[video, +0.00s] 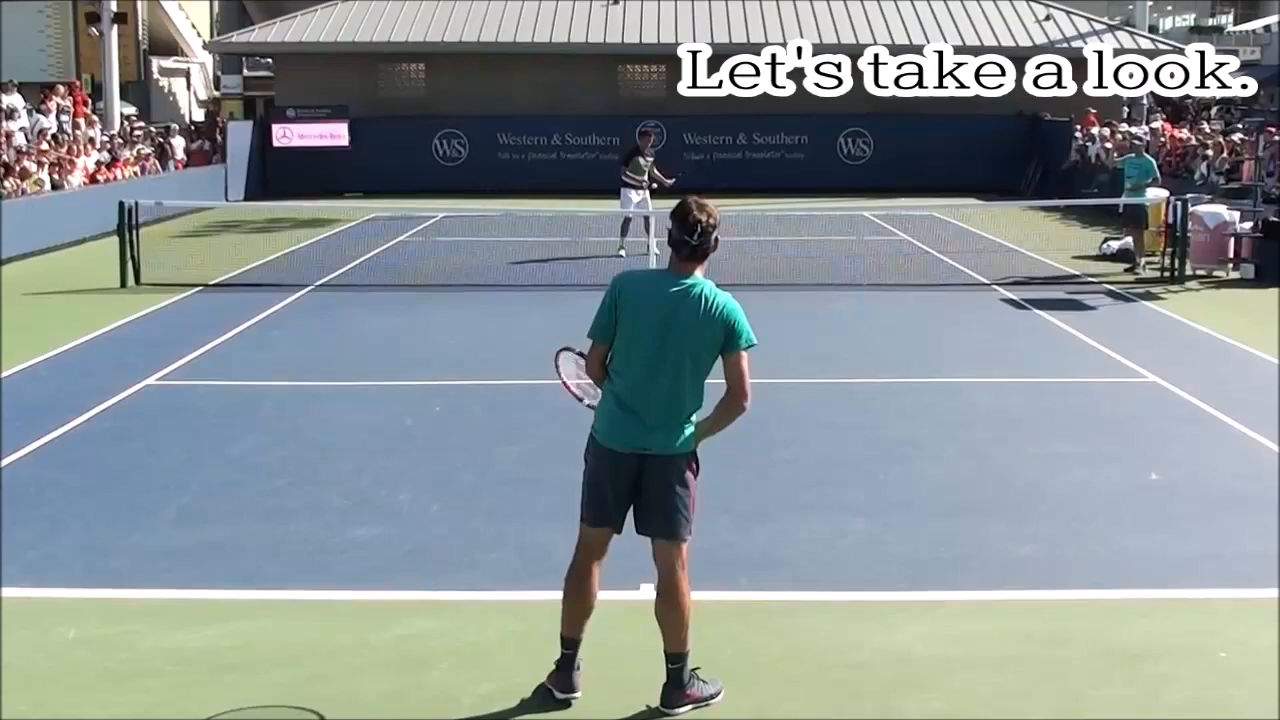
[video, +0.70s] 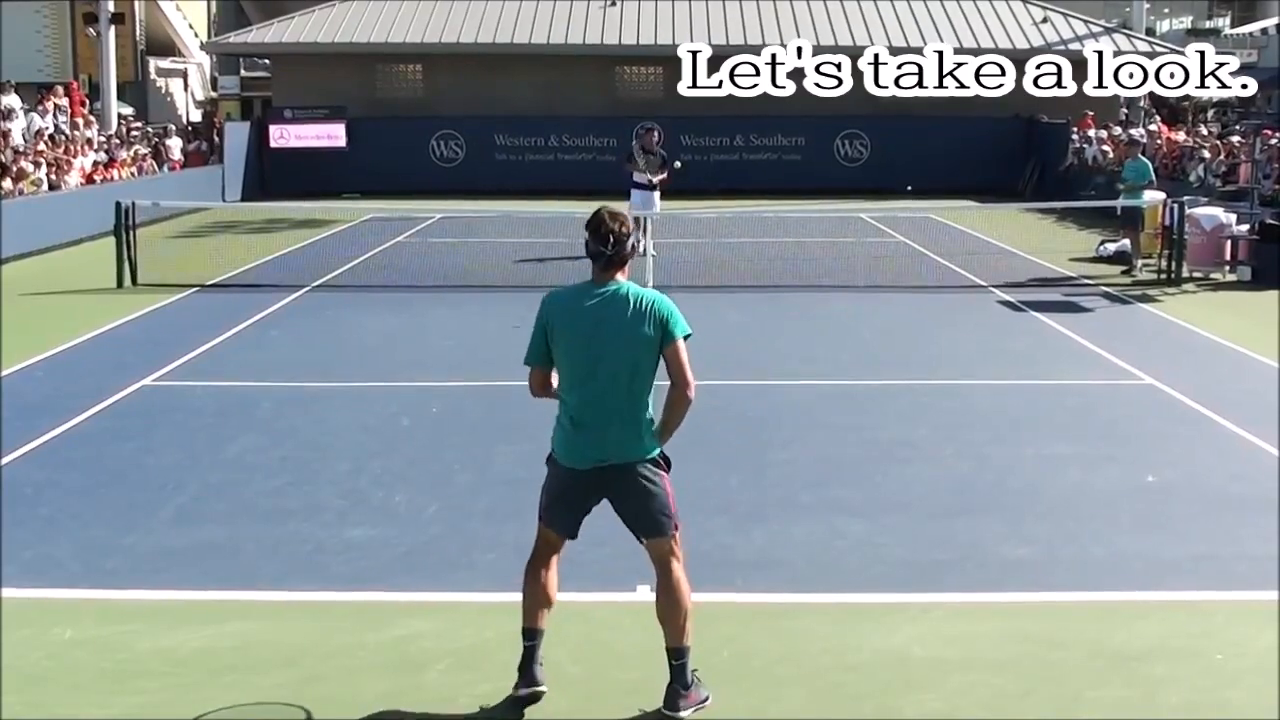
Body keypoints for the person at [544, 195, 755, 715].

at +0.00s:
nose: (697, 247)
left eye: (680, 236)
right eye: (710, 241)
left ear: (669, 239)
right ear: (713, 247)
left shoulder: (626, 285)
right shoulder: (723, 308)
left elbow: (595, 366)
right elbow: (738, 397)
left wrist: (628, 393)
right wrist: (694, 432)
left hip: (610, 445)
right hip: (671, 453)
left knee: (588, 553)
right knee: (672, 566)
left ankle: (566, 671)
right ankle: (677, 682)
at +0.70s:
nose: (621, 253)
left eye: (601, 244)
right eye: (629, 245)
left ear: (588, 251)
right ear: (633, 252)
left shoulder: (556, 304)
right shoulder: (656, 306)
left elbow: (540, 386)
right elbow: (684, 387)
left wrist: (582, 387)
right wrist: (657, 439)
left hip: (573, 459)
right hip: (636, 458)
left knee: (545, 553)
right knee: (669, 560)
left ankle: (530, 666)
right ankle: (681, 683)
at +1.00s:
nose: (592, 258)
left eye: (587, 250)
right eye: (592, 251)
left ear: (547, 253)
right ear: (589, 257)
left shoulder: (523, 302)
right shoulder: (578, 313)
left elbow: (568, 349)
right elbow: (602, 397)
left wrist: (633, 333)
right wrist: (648, 407)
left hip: (513, 457)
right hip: (560, 460)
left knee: (536, 558)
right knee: (604, 569)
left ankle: (500, 680)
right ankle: (652, 682)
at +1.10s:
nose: (586, 247)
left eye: (582, 240)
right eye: (586, 240)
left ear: (541, 241)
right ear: (580, 246)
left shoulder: (526, 286)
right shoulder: (555, 298)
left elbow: (593, 311)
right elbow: (569, 381)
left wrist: (646, 299)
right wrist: (639, 386)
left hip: (501, 446)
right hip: (541, 448)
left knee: (527, 551)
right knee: (580, 553)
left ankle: (500, 675)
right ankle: (593, 677)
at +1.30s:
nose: (577, 250)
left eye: (572, 244)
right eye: (576, 244)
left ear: (531, 242)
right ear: (570, 249)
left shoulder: (540, 283)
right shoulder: (527, 294)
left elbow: (606, 280)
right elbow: (503, 367)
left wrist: (674, 265)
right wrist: (579, 374)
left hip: (482, 442)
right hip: (517, 448)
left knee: (491, 551)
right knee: (536, 563)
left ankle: (437, 661)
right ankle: (522, 687)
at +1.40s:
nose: (570, 257)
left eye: (567, 251)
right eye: (569, 250)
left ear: (526, 247)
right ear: (561, 254)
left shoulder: (541, 289)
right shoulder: (508, 301)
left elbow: (603, 289)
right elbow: (482, 373)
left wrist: (676, 287)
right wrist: (543, 399)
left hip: (469, 444)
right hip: (500, 451)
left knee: (474, 546)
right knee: (531, 561)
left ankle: (404, 647)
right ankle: (521, 687)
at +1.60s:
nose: (541, 267)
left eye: (540, 260)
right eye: (541, 260)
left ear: (497, 254)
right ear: (533, 263)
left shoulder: (477, 289)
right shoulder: (488, 311)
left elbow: (541, 308)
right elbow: (479, 397)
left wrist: (604, 325)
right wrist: (508, 465)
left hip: (424, 445)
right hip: (464, 452)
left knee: (420, 553)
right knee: (512, 557)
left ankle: (381, 669)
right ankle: (519, 687)